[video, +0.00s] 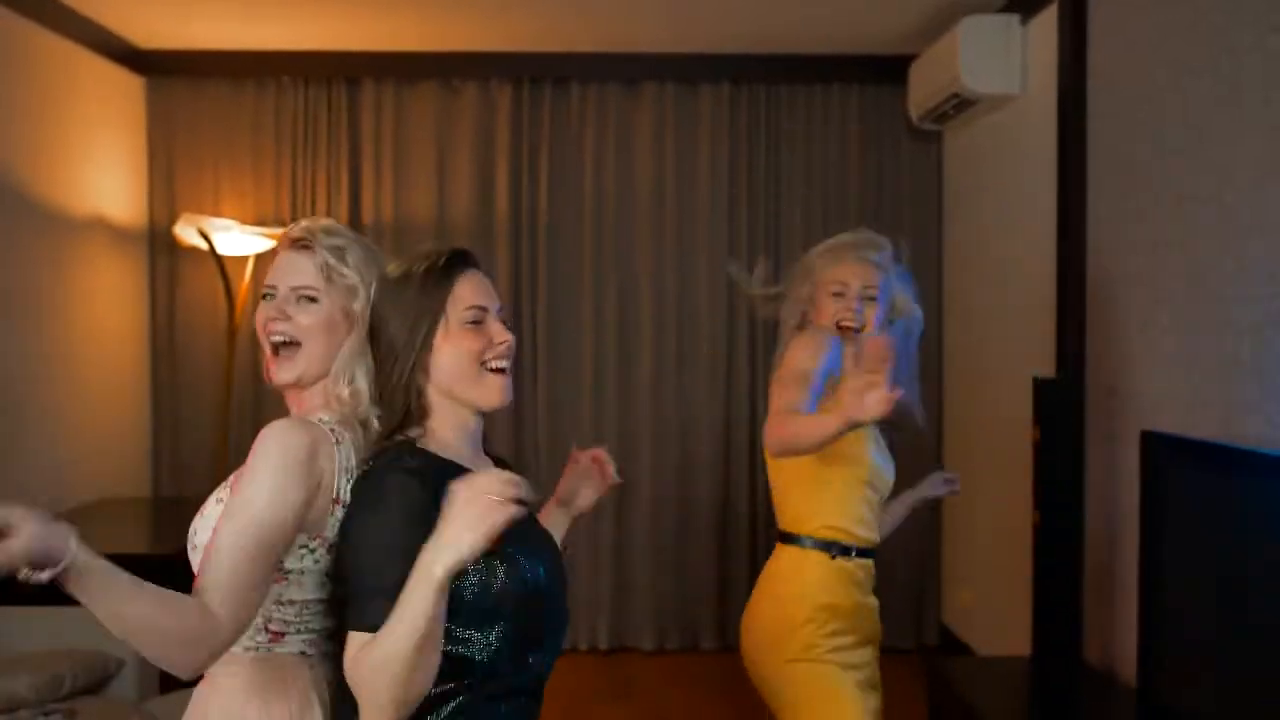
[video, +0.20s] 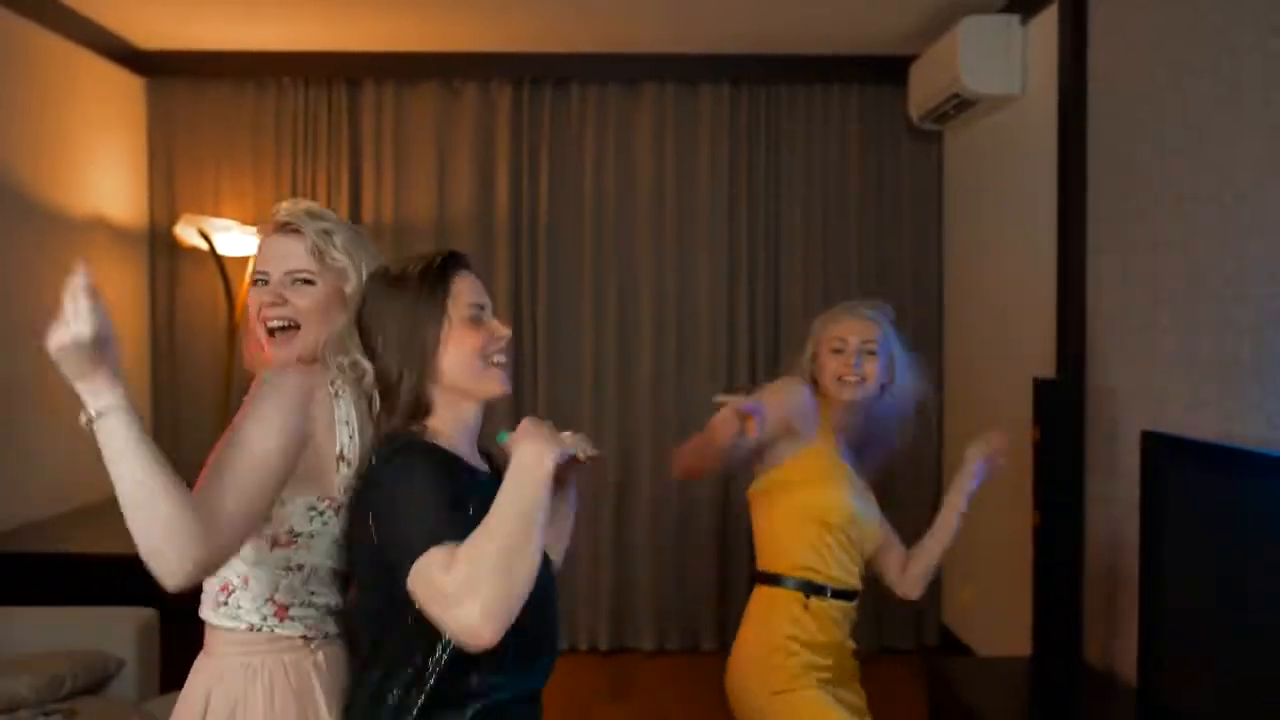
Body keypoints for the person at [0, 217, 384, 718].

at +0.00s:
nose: (274, 315)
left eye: (305, 298)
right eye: (269, 297)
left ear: (360, 318)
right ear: (255, 310)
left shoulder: (293, 443)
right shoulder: (369, 443)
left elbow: (196, 643)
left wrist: (69, 558)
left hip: (251, 693)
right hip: (316, 692)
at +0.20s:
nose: (272, 297)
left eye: (302, 280)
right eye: (262, 281)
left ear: (353, 298)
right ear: (248, 294)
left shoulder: (293, 390)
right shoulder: (362, 393)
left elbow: (179, 556)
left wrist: (99, 386)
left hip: (259, 671)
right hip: (325, 659)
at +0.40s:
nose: (268, 282)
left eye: (296, 263)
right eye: (256, 263)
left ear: (350, 275)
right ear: (244, 272)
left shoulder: (299, 353)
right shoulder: (344, 363)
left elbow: (184, 443)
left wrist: (47, 398)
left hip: (273, 656)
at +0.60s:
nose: (264, 297)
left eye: (293, 277)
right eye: (253, 277)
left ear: (345, 292)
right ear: (241, 287)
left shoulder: (301, 407)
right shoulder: (346, 402)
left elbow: (214, 586)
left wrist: (71, 549)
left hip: (280, 676)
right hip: (337, 659)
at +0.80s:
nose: (264, 325)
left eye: (296, 304)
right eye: (255, 303)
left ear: (347, 321)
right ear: (242, 313)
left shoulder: (304, 442)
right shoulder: (351, 430)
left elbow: (287, 657)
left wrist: (140, 604)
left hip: (298, 696)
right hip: (344, 683)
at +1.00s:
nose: (268, 313)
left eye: (297, 293)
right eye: (256, 295)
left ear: (347, 308)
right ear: (243, 308)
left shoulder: (306, 418)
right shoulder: (362, 412)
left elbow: (276, 621)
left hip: (292, 682)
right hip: (355, 666)